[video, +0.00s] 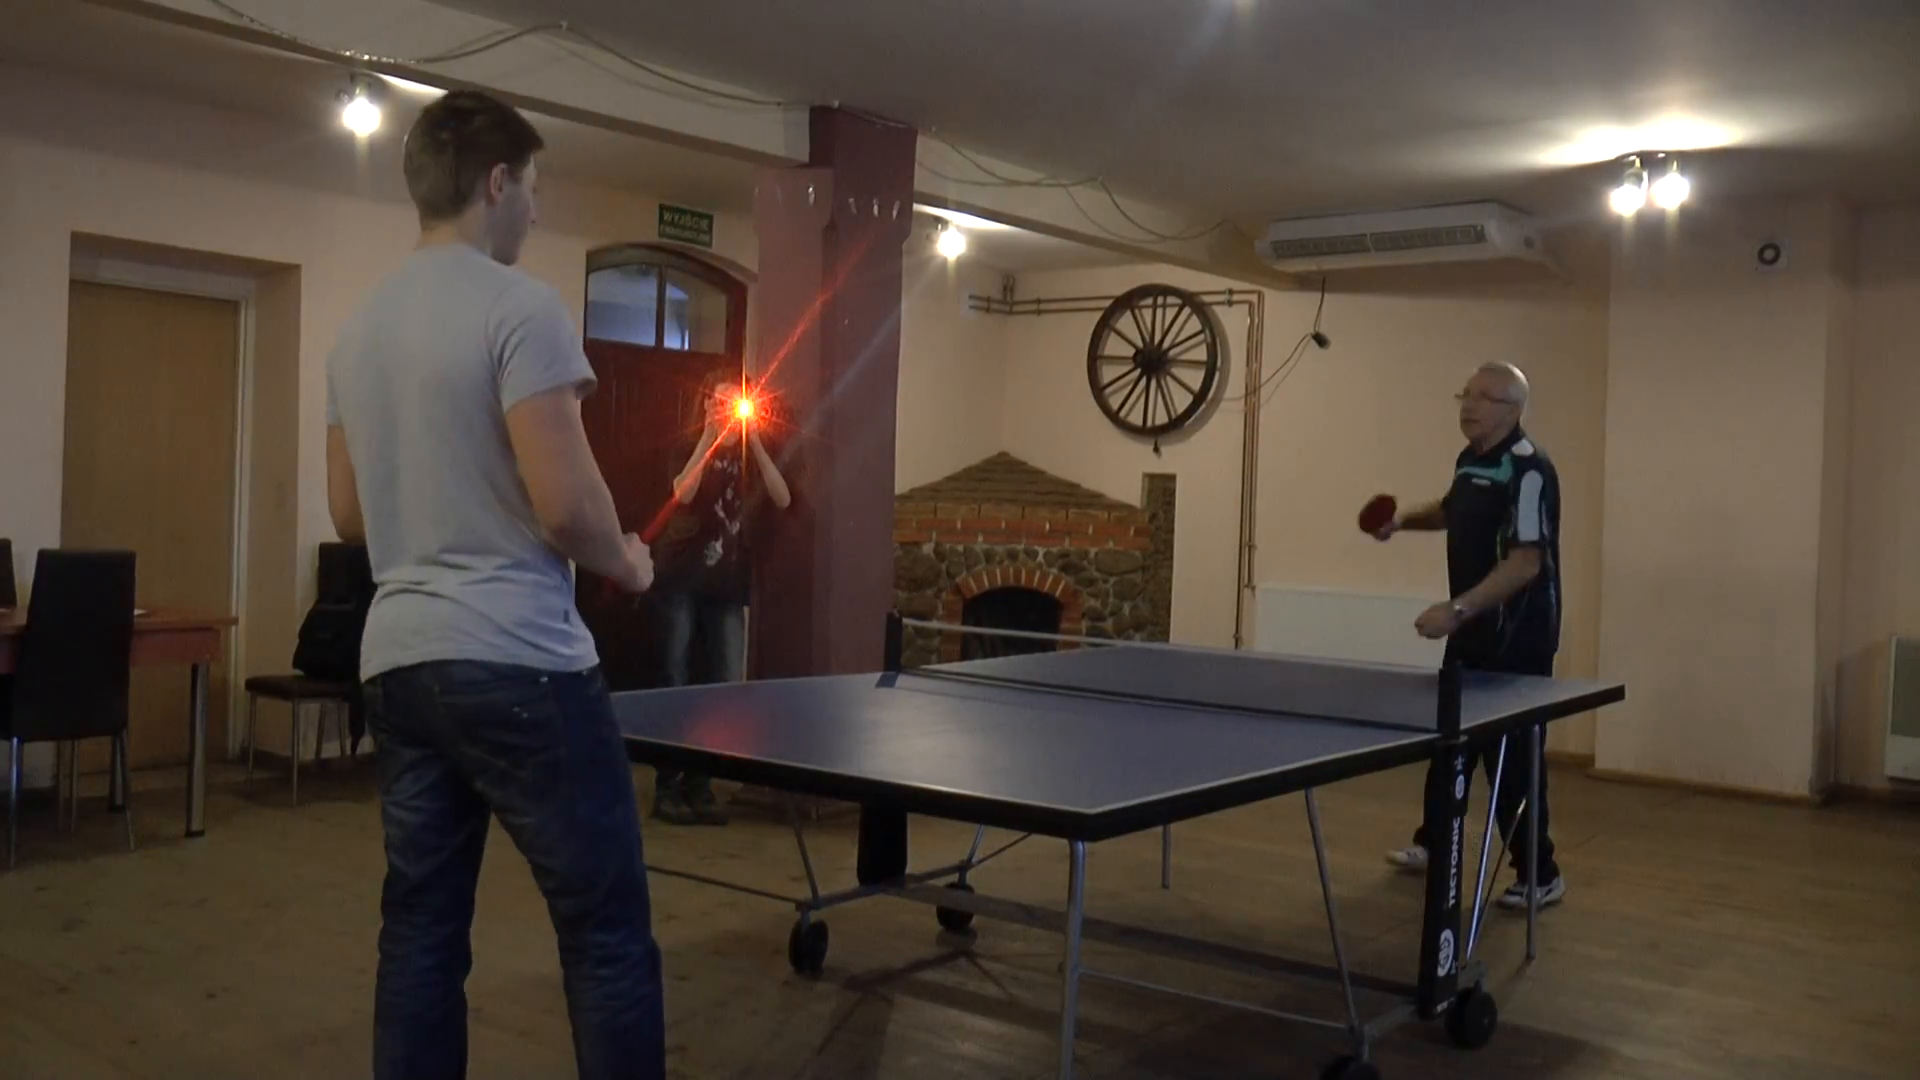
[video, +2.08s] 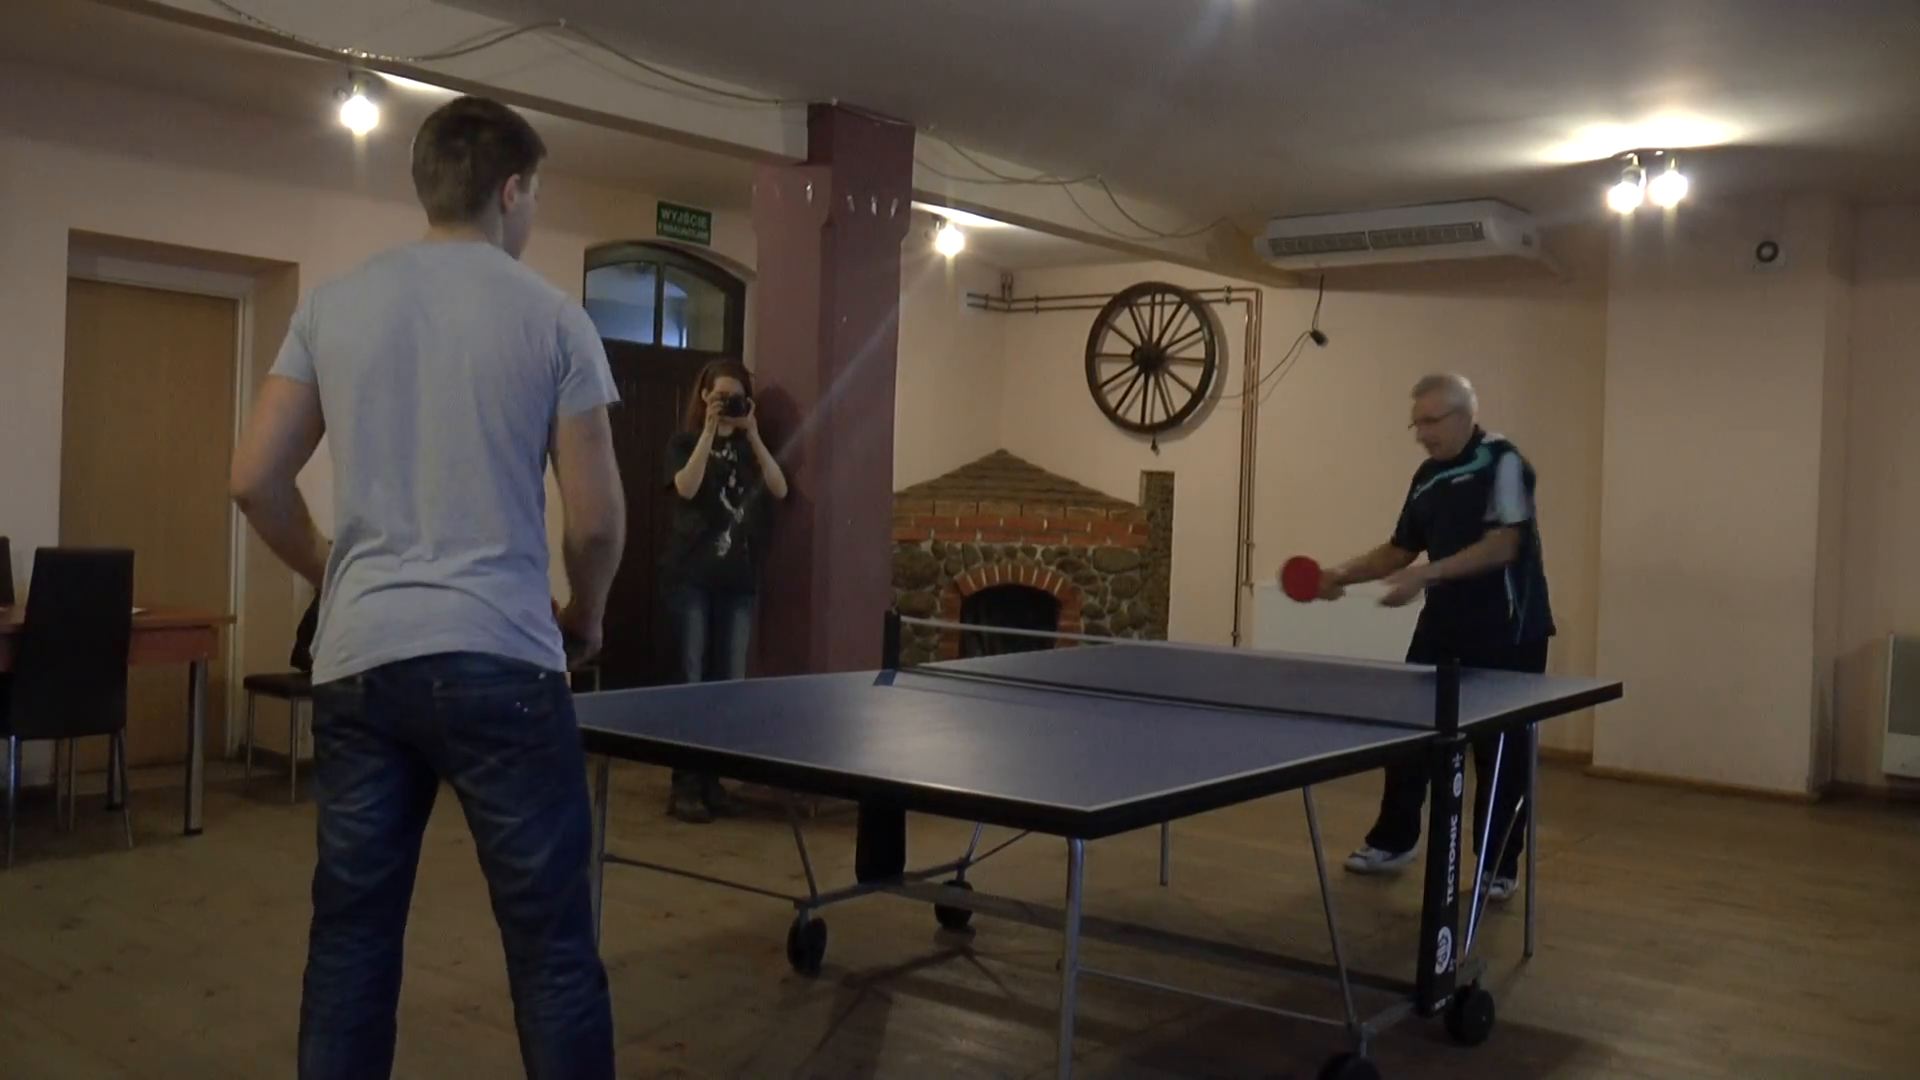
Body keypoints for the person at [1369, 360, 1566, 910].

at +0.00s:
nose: (1466, 405)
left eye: (1480, 398)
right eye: (1465, 396)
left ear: (1512, 411)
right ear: (1468, 402)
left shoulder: (1530, 471)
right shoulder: (1471, 460)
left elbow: (1526, 562)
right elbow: (1451, 512)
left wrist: (1458, 608)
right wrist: (1401, 518)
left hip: (1517, 642)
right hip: (1471, 632)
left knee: (1514, 759)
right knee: (1451, 741)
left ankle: (1539, 873)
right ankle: (1436, 842)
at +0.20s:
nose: (1455, 411)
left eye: (1469, 404)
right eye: (1451, 401)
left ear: (1500, 413)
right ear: (1447, 405)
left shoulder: (1518, 472)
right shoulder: (1451, 464)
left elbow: (1523, 565)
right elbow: (1442, 542)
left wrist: (1468, 627)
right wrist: (1404, 586)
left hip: (1506, 645)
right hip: (1454, 637)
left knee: (1510, 760)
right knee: (1445, 747)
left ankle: (1537, 871)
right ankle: (1437, 846)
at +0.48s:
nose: (1437, 411)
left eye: (1451, 403)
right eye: (1433, 401)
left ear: (1478, 410)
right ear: (1428, 406)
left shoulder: (1500, 468)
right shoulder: (1426, 460)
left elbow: (1502, 547)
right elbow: (1416, 540)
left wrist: (1463, 595)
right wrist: (1403, 609)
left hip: (1494, 635)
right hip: (1437, 628)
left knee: (1504, 752)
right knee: (1436, 742)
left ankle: (1527, 867)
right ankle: (1435, 844)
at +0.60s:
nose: (1436, 414)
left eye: (1448, 405)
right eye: (1430, 404)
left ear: (1477, 410)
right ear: (1425, 409)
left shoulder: (1496, 460)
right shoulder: (1424, 462)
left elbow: (1487, 513)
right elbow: (1406, 536)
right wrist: (1382, 599)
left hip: (1491, 632)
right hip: (1433, 629)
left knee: (1503, 753)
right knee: (1436, 744)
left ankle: (1527, 867)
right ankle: (1435, 843)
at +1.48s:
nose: (1459, 411)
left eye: (1472, 402)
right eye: (1453, 401)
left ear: (1500, 409)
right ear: (1446, 406)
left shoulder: (1531, 466)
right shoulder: (1435, 468)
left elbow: (1564, 544)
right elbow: (1411, 541)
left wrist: (1512, 531)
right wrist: (1406, 591)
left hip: (1509, 639)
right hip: (1445, 635)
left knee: (1504, 754)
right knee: (1438, 746)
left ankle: (1501, 866)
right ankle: (1436, 846)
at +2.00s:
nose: (1438, 425)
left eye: (1448, 414)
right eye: (1432, 415)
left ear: (1483, 412)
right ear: (1429, 415)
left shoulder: (1521, 460)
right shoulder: (1435, 471)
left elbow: (1535, 545)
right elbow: (1409, 548)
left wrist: (1465, 567)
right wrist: (1361, 576)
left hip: (1508, 640)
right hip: (1441, 633)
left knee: (1501, 752)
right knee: (1414, 736)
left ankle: (1500, 864)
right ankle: (1403, 840)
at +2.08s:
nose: (1422, 433)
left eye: (1432, 421)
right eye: (1417, 423)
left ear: (1467, 418)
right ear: (1417, 423)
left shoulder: (1502, 462)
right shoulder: (1427, 477)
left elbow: (1504, 544)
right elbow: (1401, 551)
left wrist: (1424, 576)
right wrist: (1342, 574)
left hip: (1507, 634)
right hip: (1444, 628)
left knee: (1503, 751)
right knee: (1410, 732)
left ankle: (1499, 864)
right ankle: (1393, 840)